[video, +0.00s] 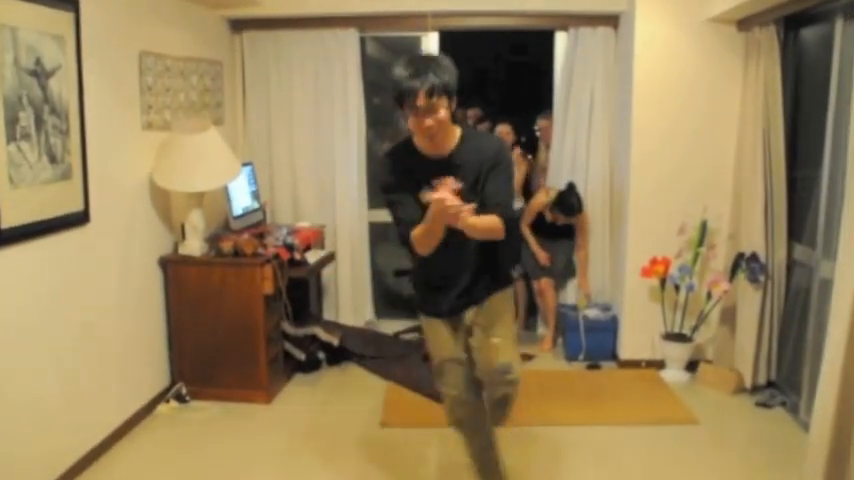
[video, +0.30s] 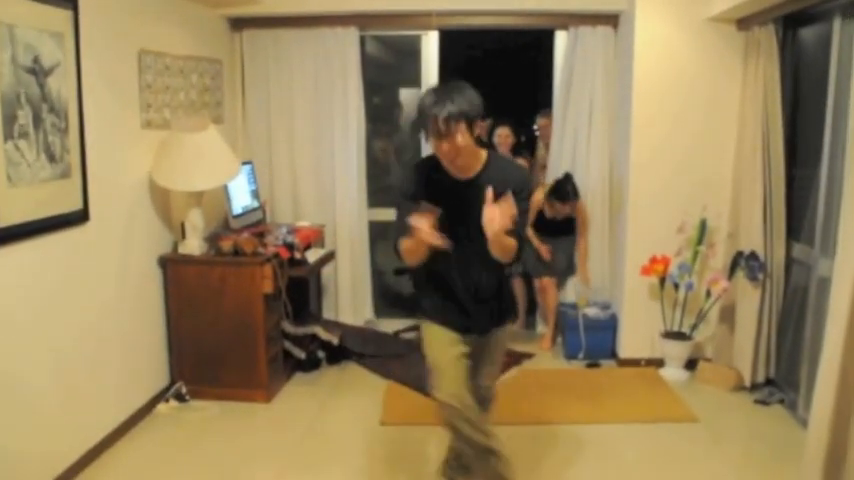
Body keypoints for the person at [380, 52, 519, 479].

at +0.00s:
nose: (425, 121)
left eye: (432, 109)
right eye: (416, 113)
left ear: (451, 104)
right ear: (404, 114)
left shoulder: (489, 150)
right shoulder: (396, 163)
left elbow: (502, 225)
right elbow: (419, 245)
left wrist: (460, 218)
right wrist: (437, 215)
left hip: (490, 284)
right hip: (436, 294)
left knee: (501, 376)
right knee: (459, 398)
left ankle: (485, 431)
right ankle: (491, 475)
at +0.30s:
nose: (445, 148)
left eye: (452, 135)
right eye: (437, 138)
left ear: (475, 129)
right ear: (428, 137)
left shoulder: (509, 176)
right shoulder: (422, 175)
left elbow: (510, 255)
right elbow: (406, 255)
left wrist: (496, 235)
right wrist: (421, 239)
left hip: (493, 303)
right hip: (440, 300)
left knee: (479, 395)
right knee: (449, 396)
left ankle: (456, 470)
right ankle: (496, 471)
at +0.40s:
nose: (443, 125)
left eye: (451, 113)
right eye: (436, 116)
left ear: (479, 111)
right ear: (431, 119)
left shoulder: (511, 174)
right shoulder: (430, 159)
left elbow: (490, 246)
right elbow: (407, 229)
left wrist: (451, 209)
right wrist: (378, 209)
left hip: (475, 296)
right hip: (426, 281)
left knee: (461, 387)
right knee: (401, 359)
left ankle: (457, 458)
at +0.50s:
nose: (438, 116)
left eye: (446, 103)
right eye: (430, 107)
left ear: (472, 100)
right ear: (424, 110)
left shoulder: (501, 161)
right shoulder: (424, 147)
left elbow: (468, 234)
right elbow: (414, 217)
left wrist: (402, 213)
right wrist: (377, 204)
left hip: (465, 292)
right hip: (419, 272)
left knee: (444, 385)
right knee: (378, 344)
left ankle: (437, 457)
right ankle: (412, 374)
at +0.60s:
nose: (417, 139)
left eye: (423, 127)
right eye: (411, 131)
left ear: (452, 117)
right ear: (407, 129)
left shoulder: (483, 180)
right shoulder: (422, 163)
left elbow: (445, 256)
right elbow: (404, 222)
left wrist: (380, 238)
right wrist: (370, 224)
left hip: (452, 312)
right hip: (409, 291)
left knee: (414, 393)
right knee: (368, 349)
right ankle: (447, 376)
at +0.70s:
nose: (409, 158)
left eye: (414, 146)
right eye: (403, 150)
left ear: (442, 136)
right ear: (401, 148)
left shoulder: (477, 197)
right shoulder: (426, 181)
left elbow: (438, 274)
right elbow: (406, 242)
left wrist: (367, 259)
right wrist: (357, 242)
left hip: (459, 312)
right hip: (421, 297)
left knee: (415, 389)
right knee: (386, 362)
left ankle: (377, 458)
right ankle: (473, 416)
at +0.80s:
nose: (410, 157)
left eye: (414, 144)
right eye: (402, 151)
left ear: (440, 135)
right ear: (397, 153)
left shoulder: (477, 190)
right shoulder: (421, 183)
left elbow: (448, 268)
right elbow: (412, 246)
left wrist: (379, 266)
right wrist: (356, 251)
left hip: (475, 307)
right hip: (437, 300)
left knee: (428, 386)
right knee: (430, 384)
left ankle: (386, 455)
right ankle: (498, 449)